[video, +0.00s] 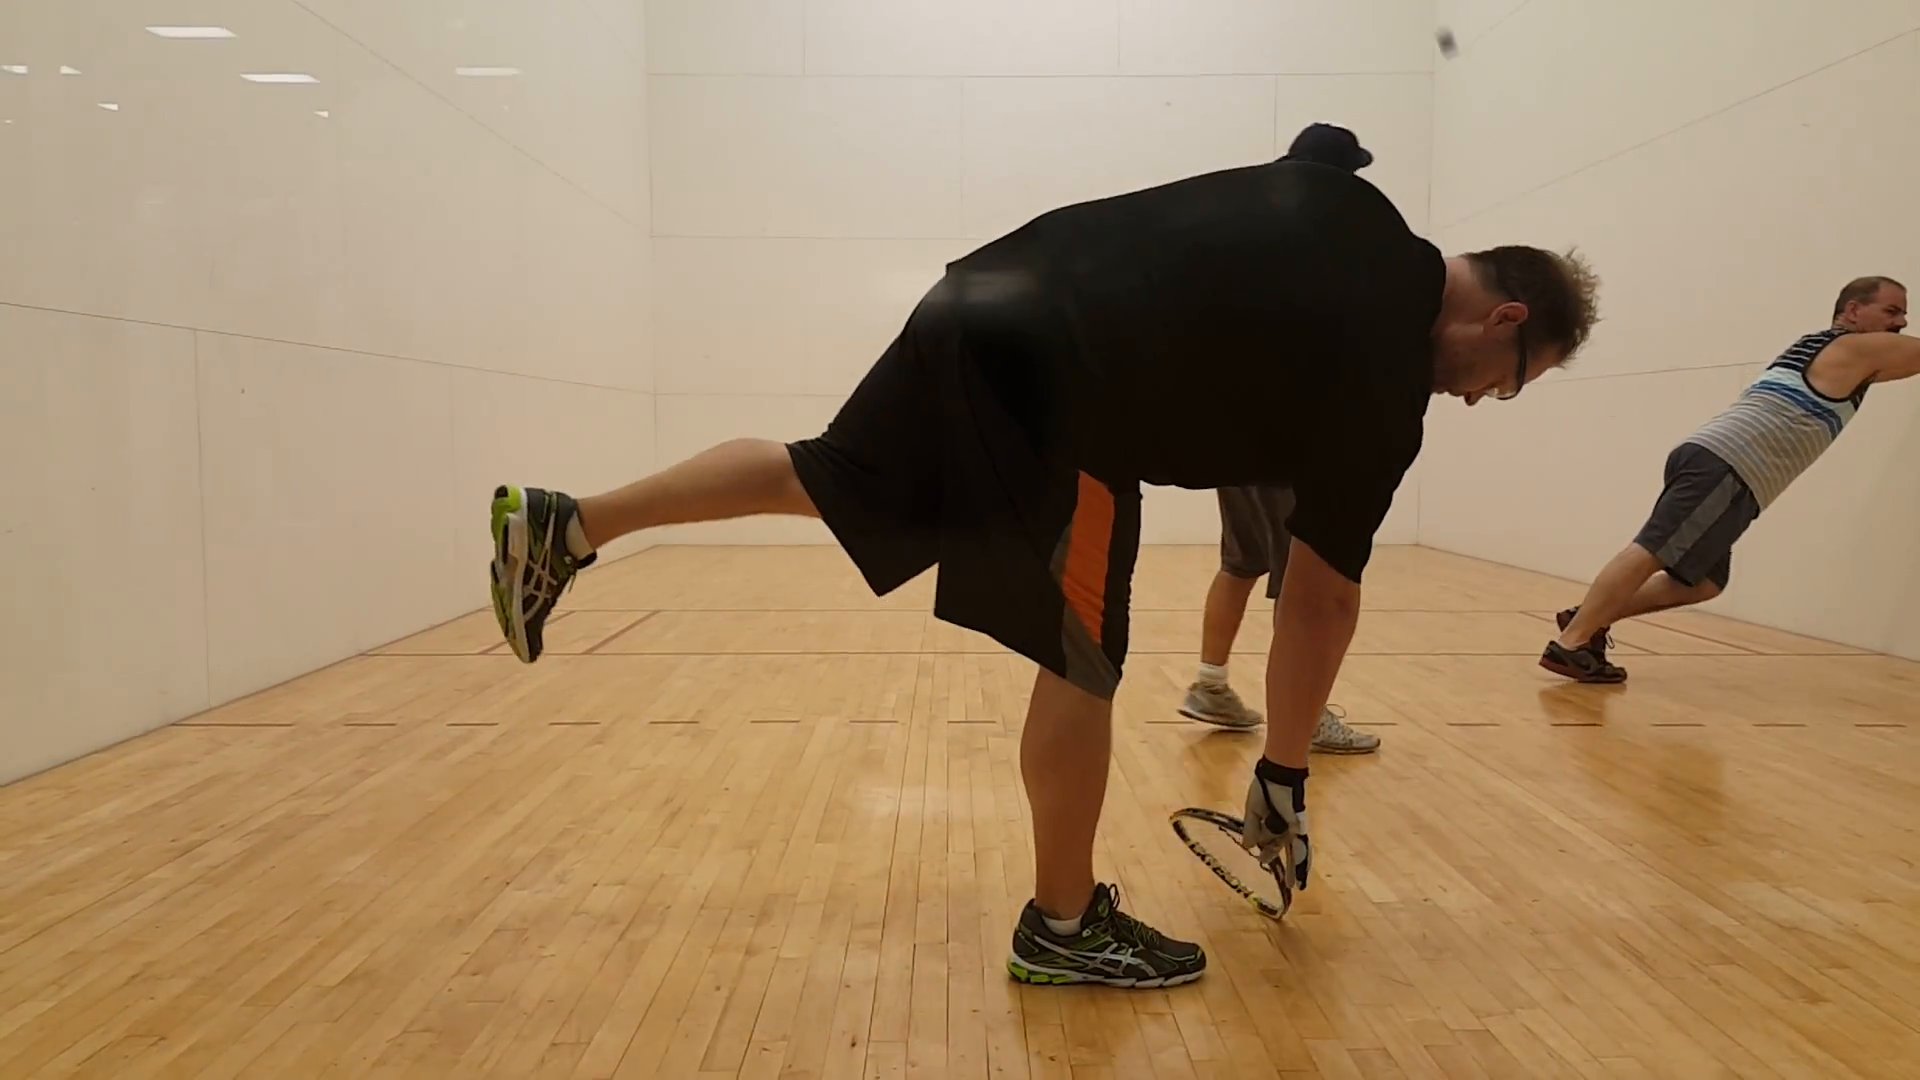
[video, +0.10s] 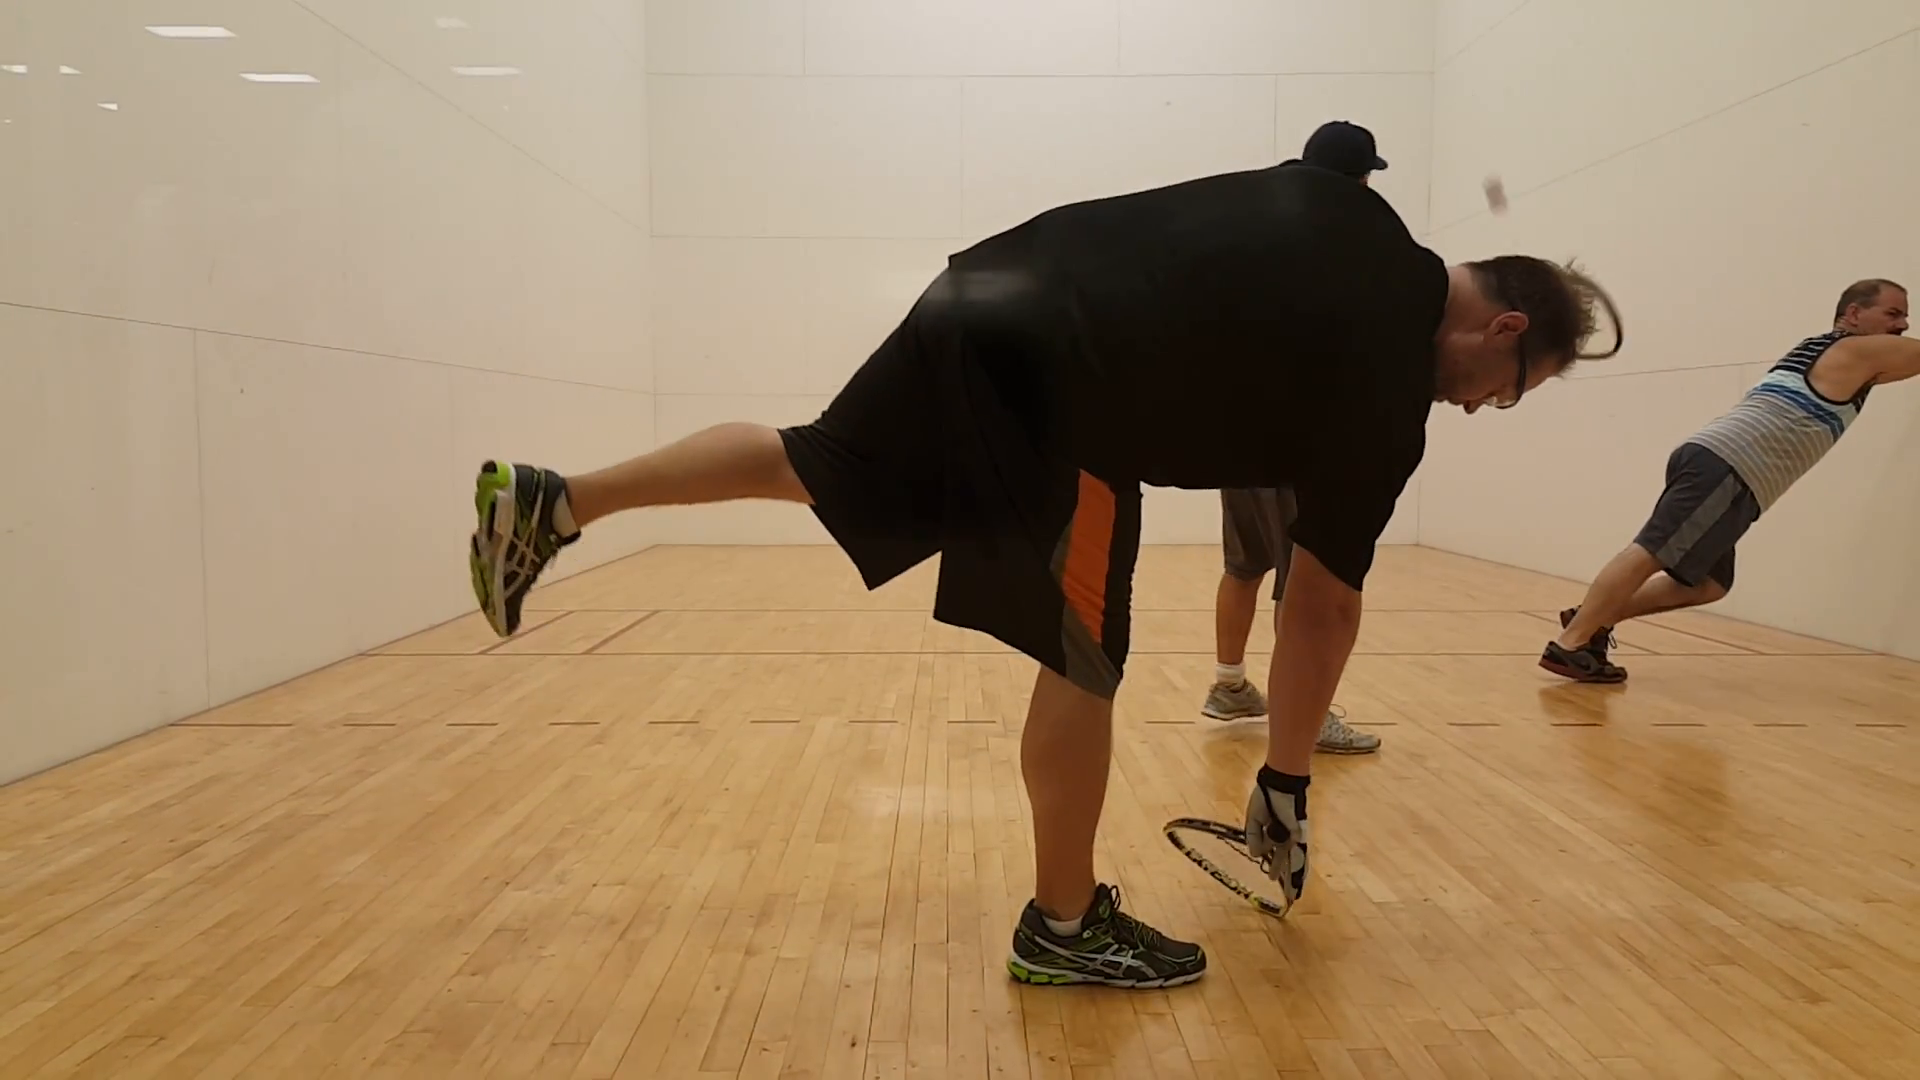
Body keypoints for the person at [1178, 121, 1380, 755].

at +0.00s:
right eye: (1348, 179)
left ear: (1296, 165)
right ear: (1340, 176)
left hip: (1242, 428)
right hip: (1288, 434)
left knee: (1243, 555)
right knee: (1306, 565)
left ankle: (1210, 684)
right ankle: (1307, 714)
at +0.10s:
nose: (1371, 184)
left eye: (1366, 176)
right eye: (1367, 175)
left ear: (1310, 162)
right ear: (1356, 176)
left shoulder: (1278, 207)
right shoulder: (1356, 234)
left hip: (1242, 428)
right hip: (1296, 438)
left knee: (1245, 558)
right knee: (1304, 570)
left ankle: (1229, 685)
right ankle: (1309, 715)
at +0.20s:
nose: (1377, 188)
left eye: (1374, 178)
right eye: (1376, 179)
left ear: (1314, 163)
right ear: (1365, 181)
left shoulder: (1272, 204)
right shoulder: (1366, 231)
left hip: (1242, 429)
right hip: (1297, 438)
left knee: (1243, 558)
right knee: (1305, 574)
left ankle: (1228, 680)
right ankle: (1312, 715)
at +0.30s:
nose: (1373, 187)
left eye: (1367, 176)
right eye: (1373, 178)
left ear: (1312, 163)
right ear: (1365, 180)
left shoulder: (1269, 206)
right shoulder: (1368, 239)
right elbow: (1403, 335)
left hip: (1239, 429)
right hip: (1299, 441)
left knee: (1241, 551)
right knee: (1301, 574)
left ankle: (1212, 670)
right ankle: (1314, 715)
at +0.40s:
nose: (1362, 189)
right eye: (1364, 180)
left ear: (1299, 168)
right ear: (1360, 182)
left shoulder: (1260, 218)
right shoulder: (1368, 247)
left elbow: (1208, 327)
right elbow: (1393, 362)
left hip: (1232, 432)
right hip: (1300, 445)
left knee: (1226, 554)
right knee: (1303, 579)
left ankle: (1191, 675)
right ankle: (1313, 717)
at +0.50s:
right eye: (1343, 176)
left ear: (1283, 177)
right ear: (1348, 183)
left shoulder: (1244, 230)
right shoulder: (1370, 256)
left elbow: (1195, 333)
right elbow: (1400, 364)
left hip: (1226, 437)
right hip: (1306, 453)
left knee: (1208, 564)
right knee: (1302, 587)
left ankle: (1172, 686)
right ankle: (1316, 719)